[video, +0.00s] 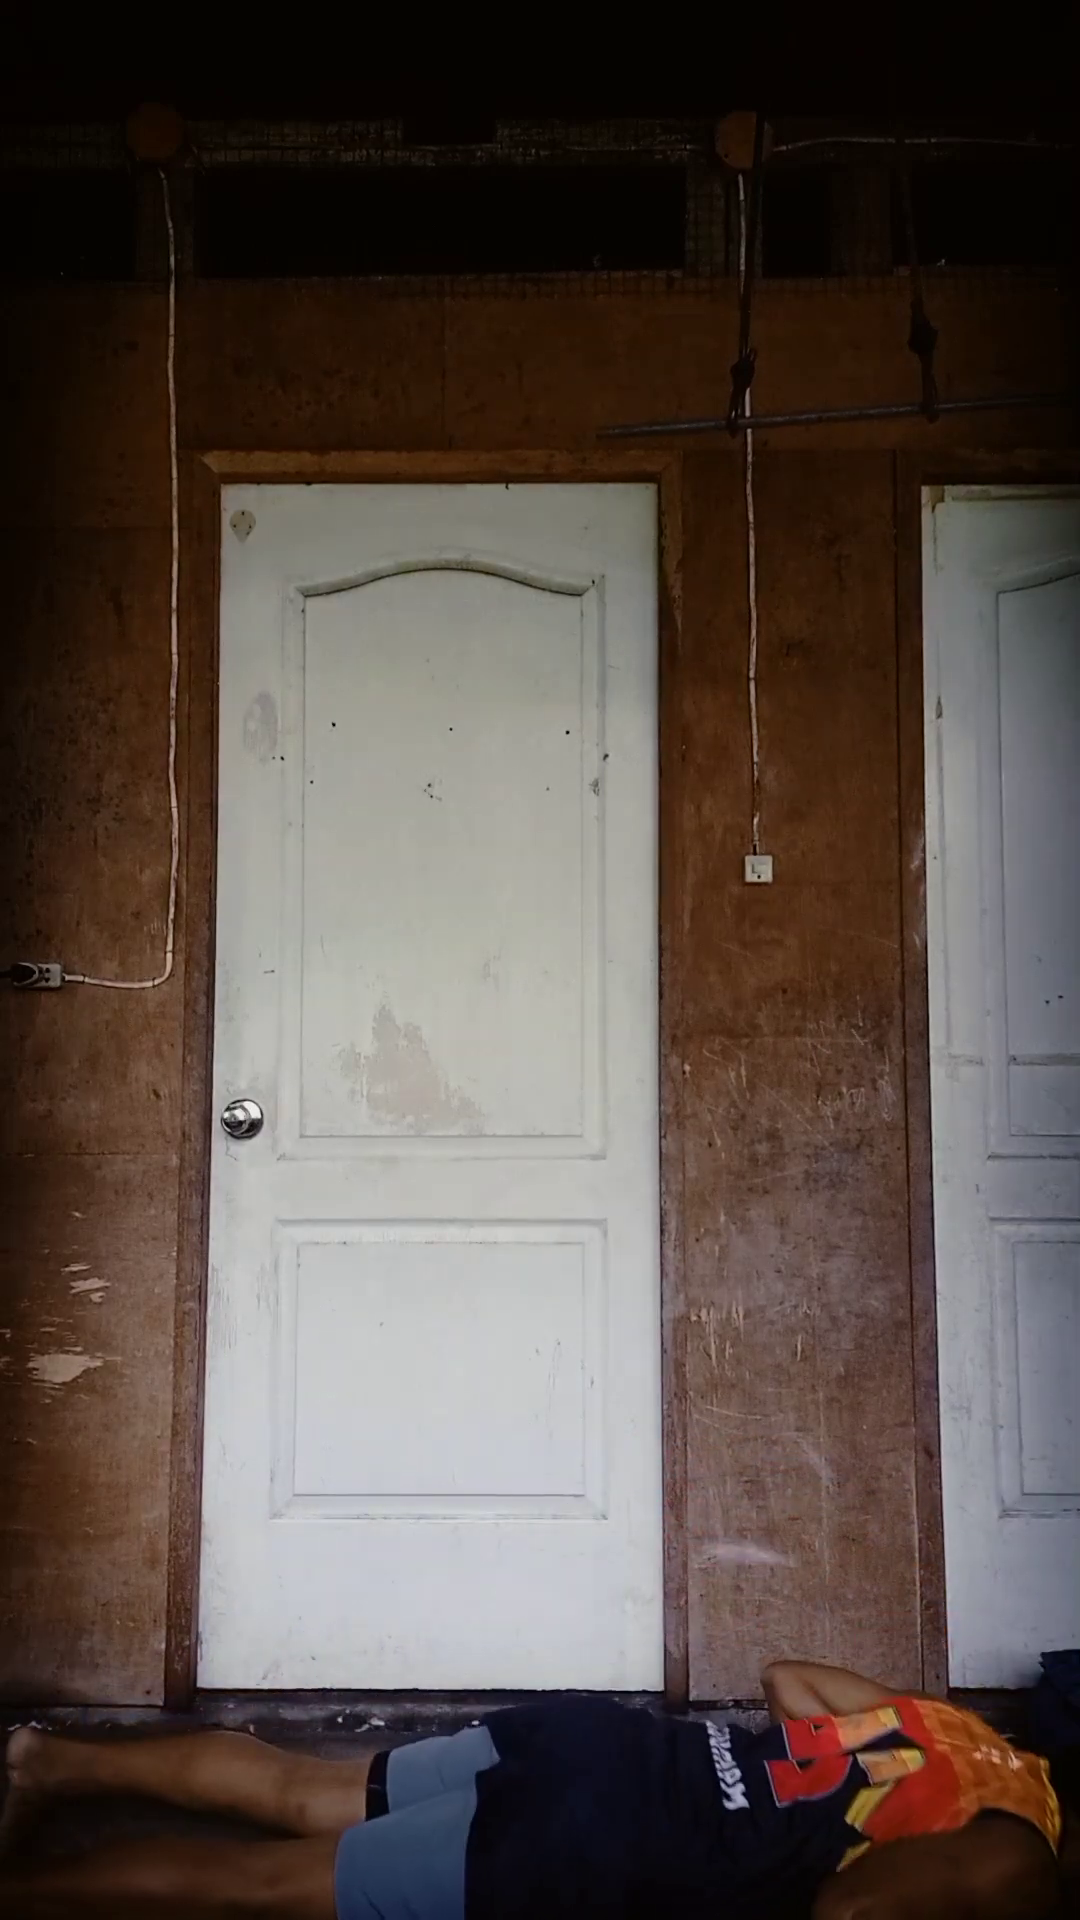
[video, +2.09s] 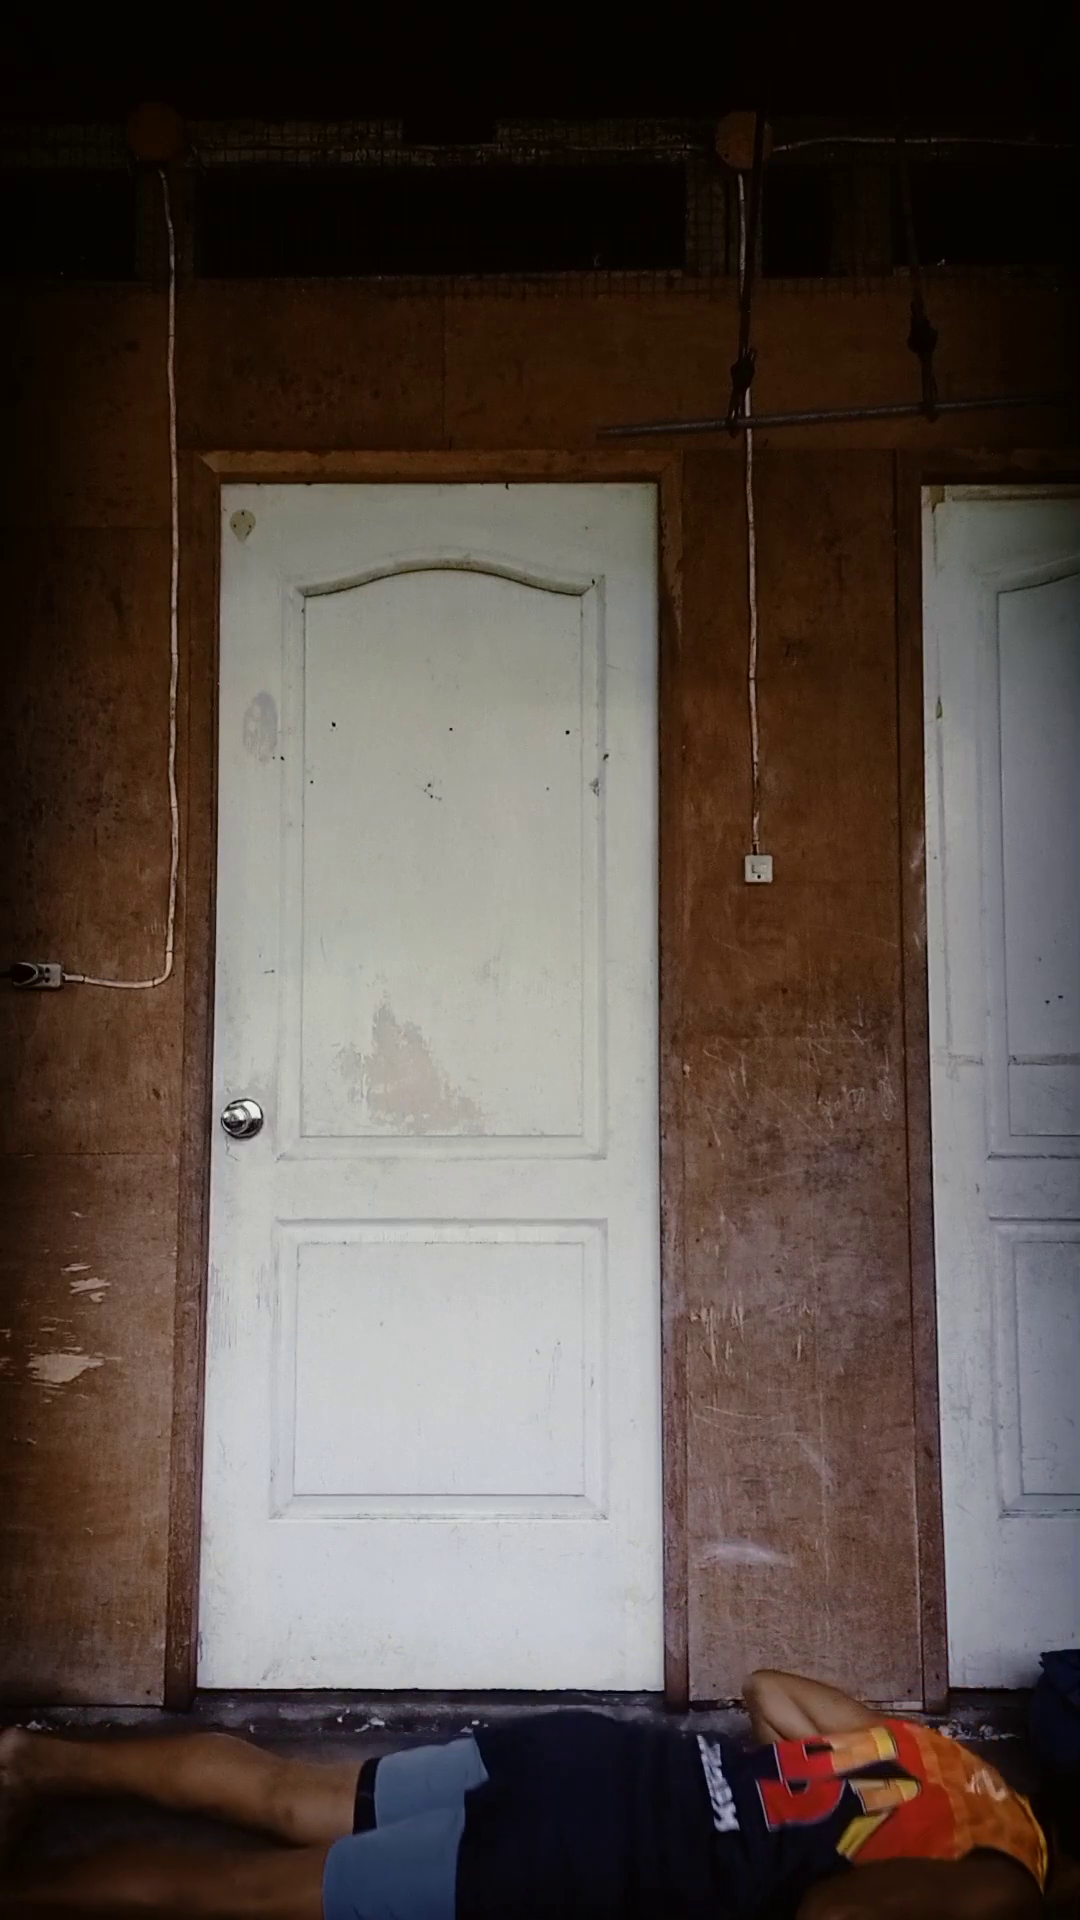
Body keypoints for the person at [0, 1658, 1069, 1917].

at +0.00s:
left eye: (1032, 1678)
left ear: (1037, 1693)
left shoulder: (955, 1728)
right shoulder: (1020, 1838)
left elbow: (801, 1683)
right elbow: (858, 1903)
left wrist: (887, 1766)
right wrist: (894, 1799)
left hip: (588, 1736)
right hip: (589, 1850)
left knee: (308, 1789)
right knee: (276, 1884)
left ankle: (50, 1756)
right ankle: (37, 1873)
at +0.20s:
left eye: (1033, 1683)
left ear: (1040, 1690)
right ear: (1076, 1758)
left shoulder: (957, 1719)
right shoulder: (1015, 1828)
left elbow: (799, 1684)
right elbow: (855, 1901)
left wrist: (873, 1770)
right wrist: (886, 1791)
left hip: (588, 1729)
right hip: (589, 1843)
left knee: (310, 1782)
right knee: (269, 1882)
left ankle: (53, 1757)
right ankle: (37, 1878)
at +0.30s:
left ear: (1046, 1682)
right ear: (1073, 1754)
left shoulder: (945, 1682)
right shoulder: (1002, 1807)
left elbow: (771, 1717)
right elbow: (850, 1901)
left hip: (586, 1703)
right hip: (577, 1834)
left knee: (301, 1761)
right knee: (260, 1868)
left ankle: (46, 1756)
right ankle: (34, 1873)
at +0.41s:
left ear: (1043, 1637)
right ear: (1079, 1714)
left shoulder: (924, 1622)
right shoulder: (992, 1766)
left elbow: (781, 1698)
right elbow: (845, 1897)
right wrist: (947, 1886)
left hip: (577, 1678)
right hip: (569, 1812)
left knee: (295, 1754)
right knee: (238, 1866)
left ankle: (42, 1761)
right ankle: (30, 1867)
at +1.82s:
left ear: (1042, 1652)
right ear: (1078, 1729)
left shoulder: (919, 1637)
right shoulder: (966, 1769)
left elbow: (772, 1711)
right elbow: (844, 1900)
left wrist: (910, 1842)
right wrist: (947, 1879)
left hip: (558, 1690)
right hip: (537, 1815)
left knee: (283, 1762)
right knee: (222, 1869)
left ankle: (26, 1759)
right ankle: (20, 1863)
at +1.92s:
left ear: (1033, 1684)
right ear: (1069, 1761)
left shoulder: (935, 1694)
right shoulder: (989, 1819)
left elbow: (764, 1721)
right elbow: (840, 1893)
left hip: (588, 1712)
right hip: (584, 1827)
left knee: (288, 1769)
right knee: (256, 1870)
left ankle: (26, 1754)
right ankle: (23, 1869)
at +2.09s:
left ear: (1024, 1777)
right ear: (1046, 1845)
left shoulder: (944, 1761)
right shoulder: (1002, 1861)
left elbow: (777, 1688)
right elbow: (838, 1904)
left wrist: (864, 1783)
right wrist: (892, 1810)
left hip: (584, 1748)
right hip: (582, 1864)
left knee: (298, 1792)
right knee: (236, 1882)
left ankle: (44, 1753)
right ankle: (35, 1877)